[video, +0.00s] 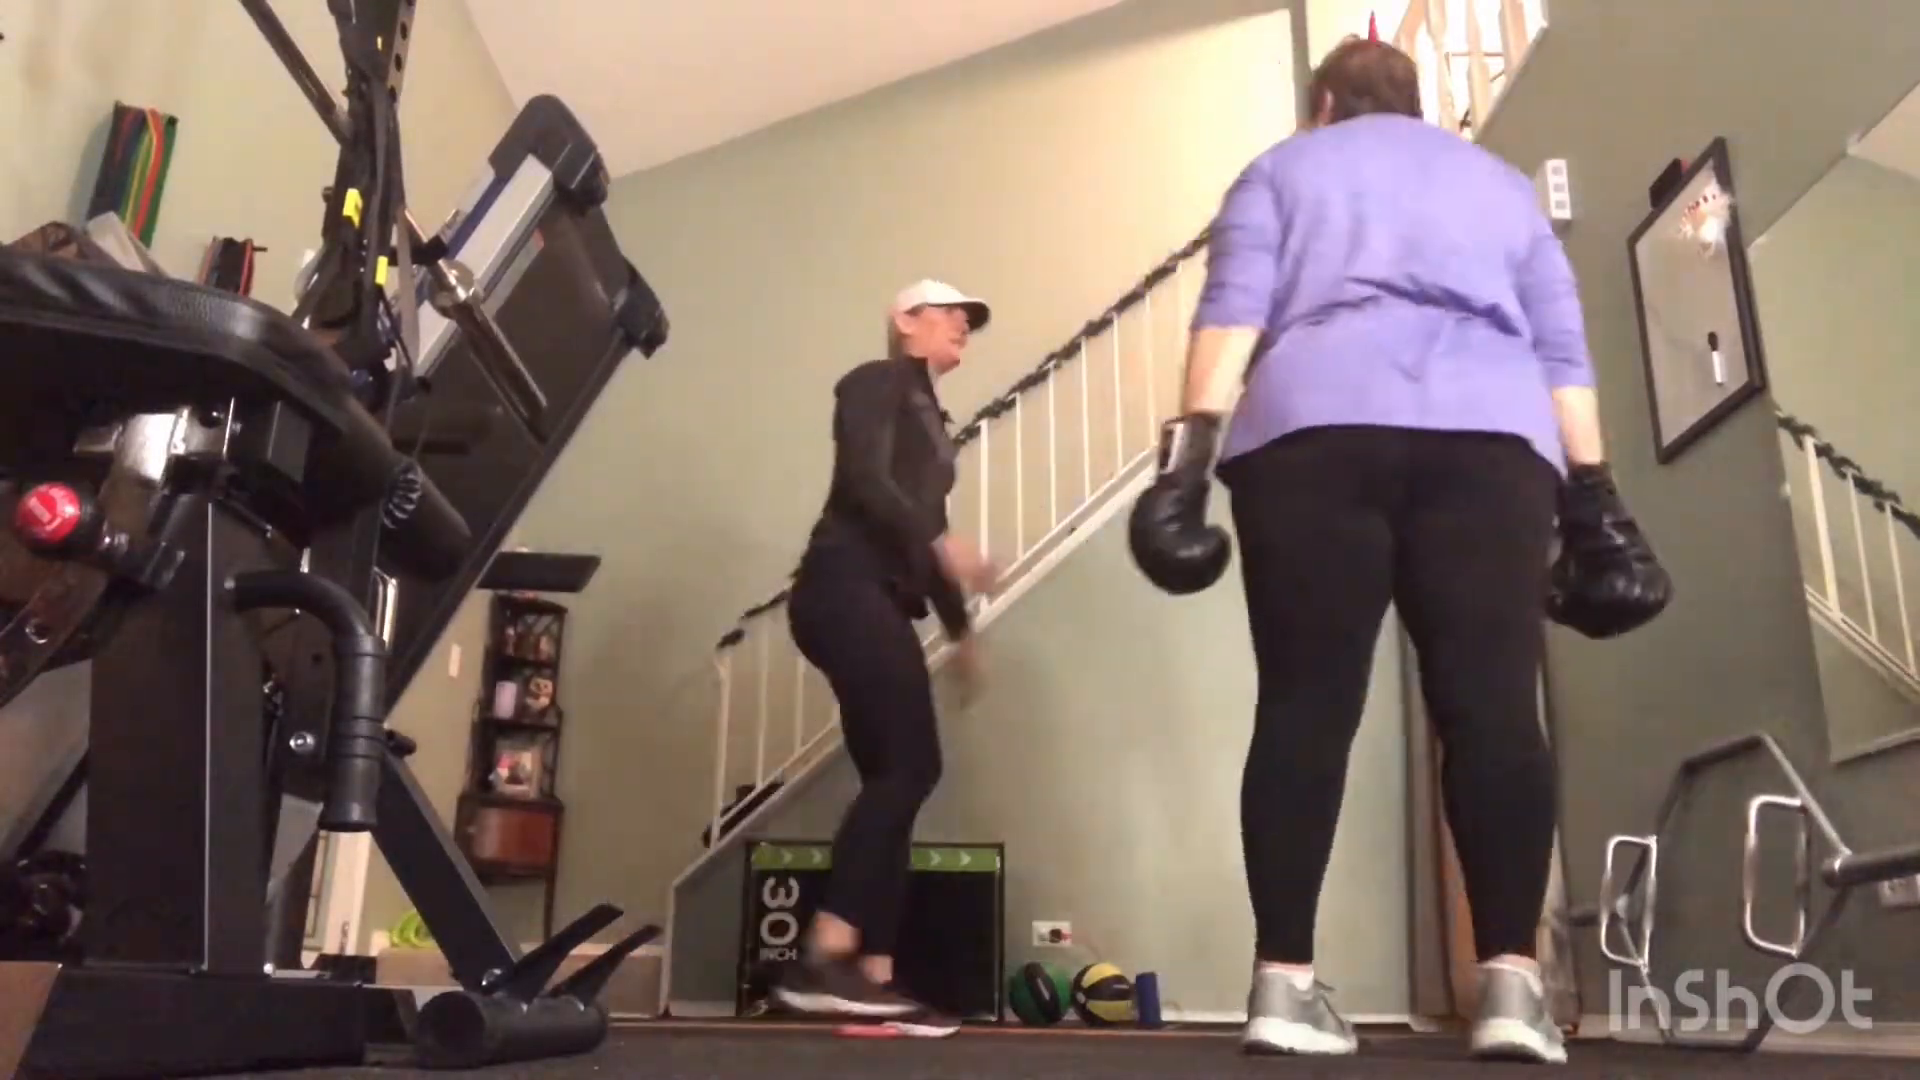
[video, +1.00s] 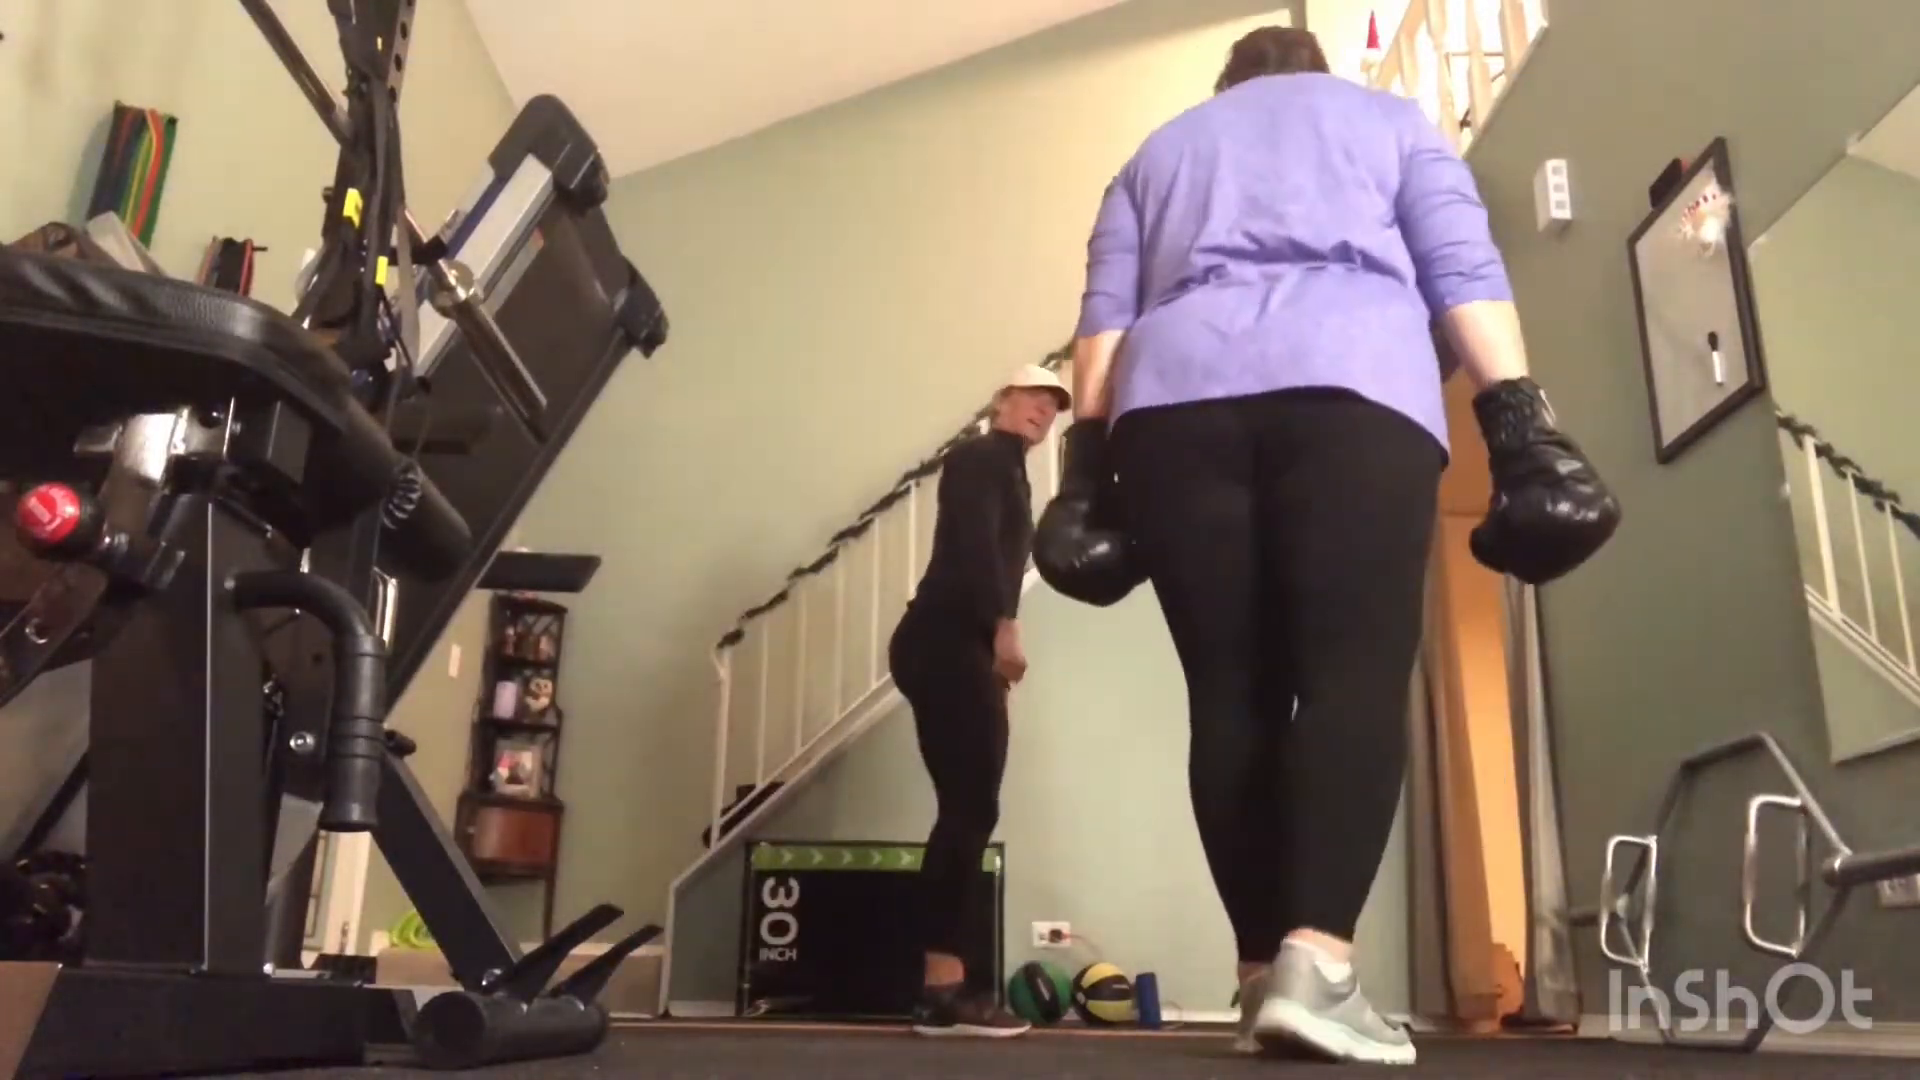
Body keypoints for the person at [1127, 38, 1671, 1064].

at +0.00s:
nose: (1305, 125)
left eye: (1307, 108)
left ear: (1320, 108)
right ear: (1423, 109)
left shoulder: (1282, 167)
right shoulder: (1506, 181)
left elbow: (1233, 301)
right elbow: (1561, 345)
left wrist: (1186, 460)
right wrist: (1594, 499)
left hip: (1313, 438)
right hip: (1489, 446)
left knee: (1304, 711)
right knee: (1495, 712)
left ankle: (1285, 980)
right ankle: (1510, 981)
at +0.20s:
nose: (1227, 131)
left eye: (1227, 114)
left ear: (1235, 116)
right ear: (1336, 112)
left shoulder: (1200, 174)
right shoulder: (1421, 191)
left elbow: (1154, 313)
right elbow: (1473, 349)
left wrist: (1120, 465)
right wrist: (1493, 504)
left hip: (1242, 441)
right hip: (1412, 450)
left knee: (1247, 716)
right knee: (1442, 708)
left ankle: (1260, 982)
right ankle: (1499, 966)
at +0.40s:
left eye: (1173, 120)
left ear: (1180, 126)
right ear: (1281, 120)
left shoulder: (1139, 192)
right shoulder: (1360, 193)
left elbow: (1100, 343)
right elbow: (1415, 349)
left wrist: (1073, 489)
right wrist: (1439, 503)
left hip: (1191, 442)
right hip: (1356, 453)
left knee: (1220, 718)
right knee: (1374, 722)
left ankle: (1256, 984)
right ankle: (1407, 985)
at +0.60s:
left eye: (1188, 106)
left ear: (1189, 115)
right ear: (1289, 108)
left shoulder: (1143, 182)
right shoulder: (1370, 182)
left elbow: (1103, 334)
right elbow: (1425, 338)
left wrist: (1069, 488)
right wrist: (1450, 499)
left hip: (1191, 438)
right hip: (1358, 448)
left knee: (1221, 715)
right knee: (1377, 720)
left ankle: (1257, 986)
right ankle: (1408, 983)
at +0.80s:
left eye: (1178, 93)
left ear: (1177, 101)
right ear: (1277, 86)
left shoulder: (1121, 168)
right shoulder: (1357, 142)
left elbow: (1081, 328)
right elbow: (1424, 292)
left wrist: (1055, 489)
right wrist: (1465, 460)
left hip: (1174, 426)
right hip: (1356, 424)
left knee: (1216, 712)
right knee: (1378, 683)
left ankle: (1251, 979)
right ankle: (1362, 920)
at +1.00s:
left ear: (1223, 87)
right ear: (1327, 73)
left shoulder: (1153, 152)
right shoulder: (1394, 118)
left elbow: (1102, 323)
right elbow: (1461, 265)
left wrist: (1083, 475)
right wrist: (1525, 433)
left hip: (1175, 409)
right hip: (1359, 393)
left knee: (1227, 700)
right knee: (1353, 673)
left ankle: (1269, 982)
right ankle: (1316, 966)